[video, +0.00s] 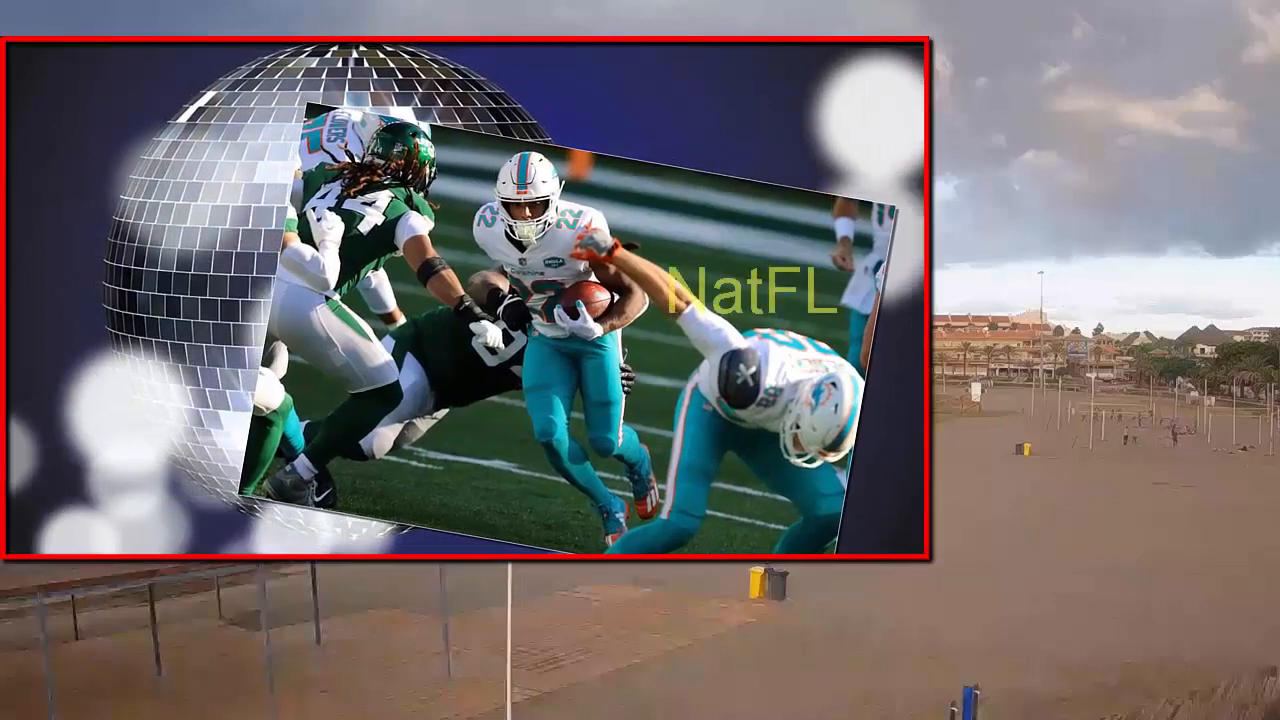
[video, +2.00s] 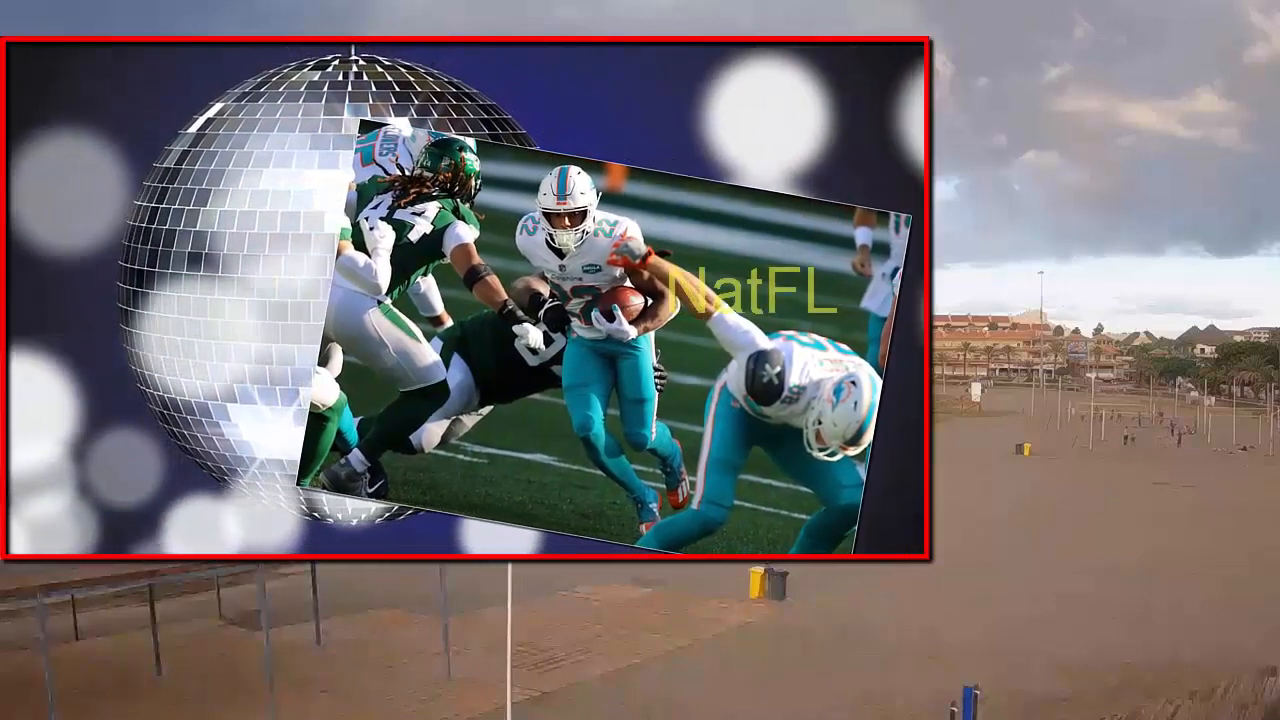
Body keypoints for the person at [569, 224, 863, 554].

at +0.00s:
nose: (809, 459)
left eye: (822, 455)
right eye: (804, 449)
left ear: (849, 432)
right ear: (793, 414)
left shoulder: (858, 415)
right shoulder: (752, 375)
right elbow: (677, 301)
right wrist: (613, 253)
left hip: (769, 426)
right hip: (712, 404)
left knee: (831, 513)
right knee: (681, 523)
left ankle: (770, 582)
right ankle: (600, 571)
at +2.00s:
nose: (829, 453)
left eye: (842, 450)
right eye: (825, 442)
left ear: (867, 429)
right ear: (817, 409)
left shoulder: (877, 414)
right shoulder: (769, 366)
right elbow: (707, 304)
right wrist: (647, 260)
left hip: (793, 423)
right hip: (739, 400)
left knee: (852, 500)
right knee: (711, 513)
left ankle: (792, 578)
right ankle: (631, 565)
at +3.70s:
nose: (845, 446)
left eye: (855, 442)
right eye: (843, 438)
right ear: (839, 408)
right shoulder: (799, 377)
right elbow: (733, 307)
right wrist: (675, 264)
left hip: (812, 418)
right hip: (762, 397)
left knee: (860, 497)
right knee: (735, 504)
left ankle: (805, 564)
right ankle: (660, 551)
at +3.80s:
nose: (781, 407)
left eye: (789, 405)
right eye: (777, 401)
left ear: (818, 395)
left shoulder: (842, 398)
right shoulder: (779, 351)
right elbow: (730, 304)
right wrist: (677, 264)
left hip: (811, 420)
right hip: (762, 397)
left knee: (851, 497)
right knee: (737, 504)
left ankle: (805, 562)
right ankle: (664, 548)